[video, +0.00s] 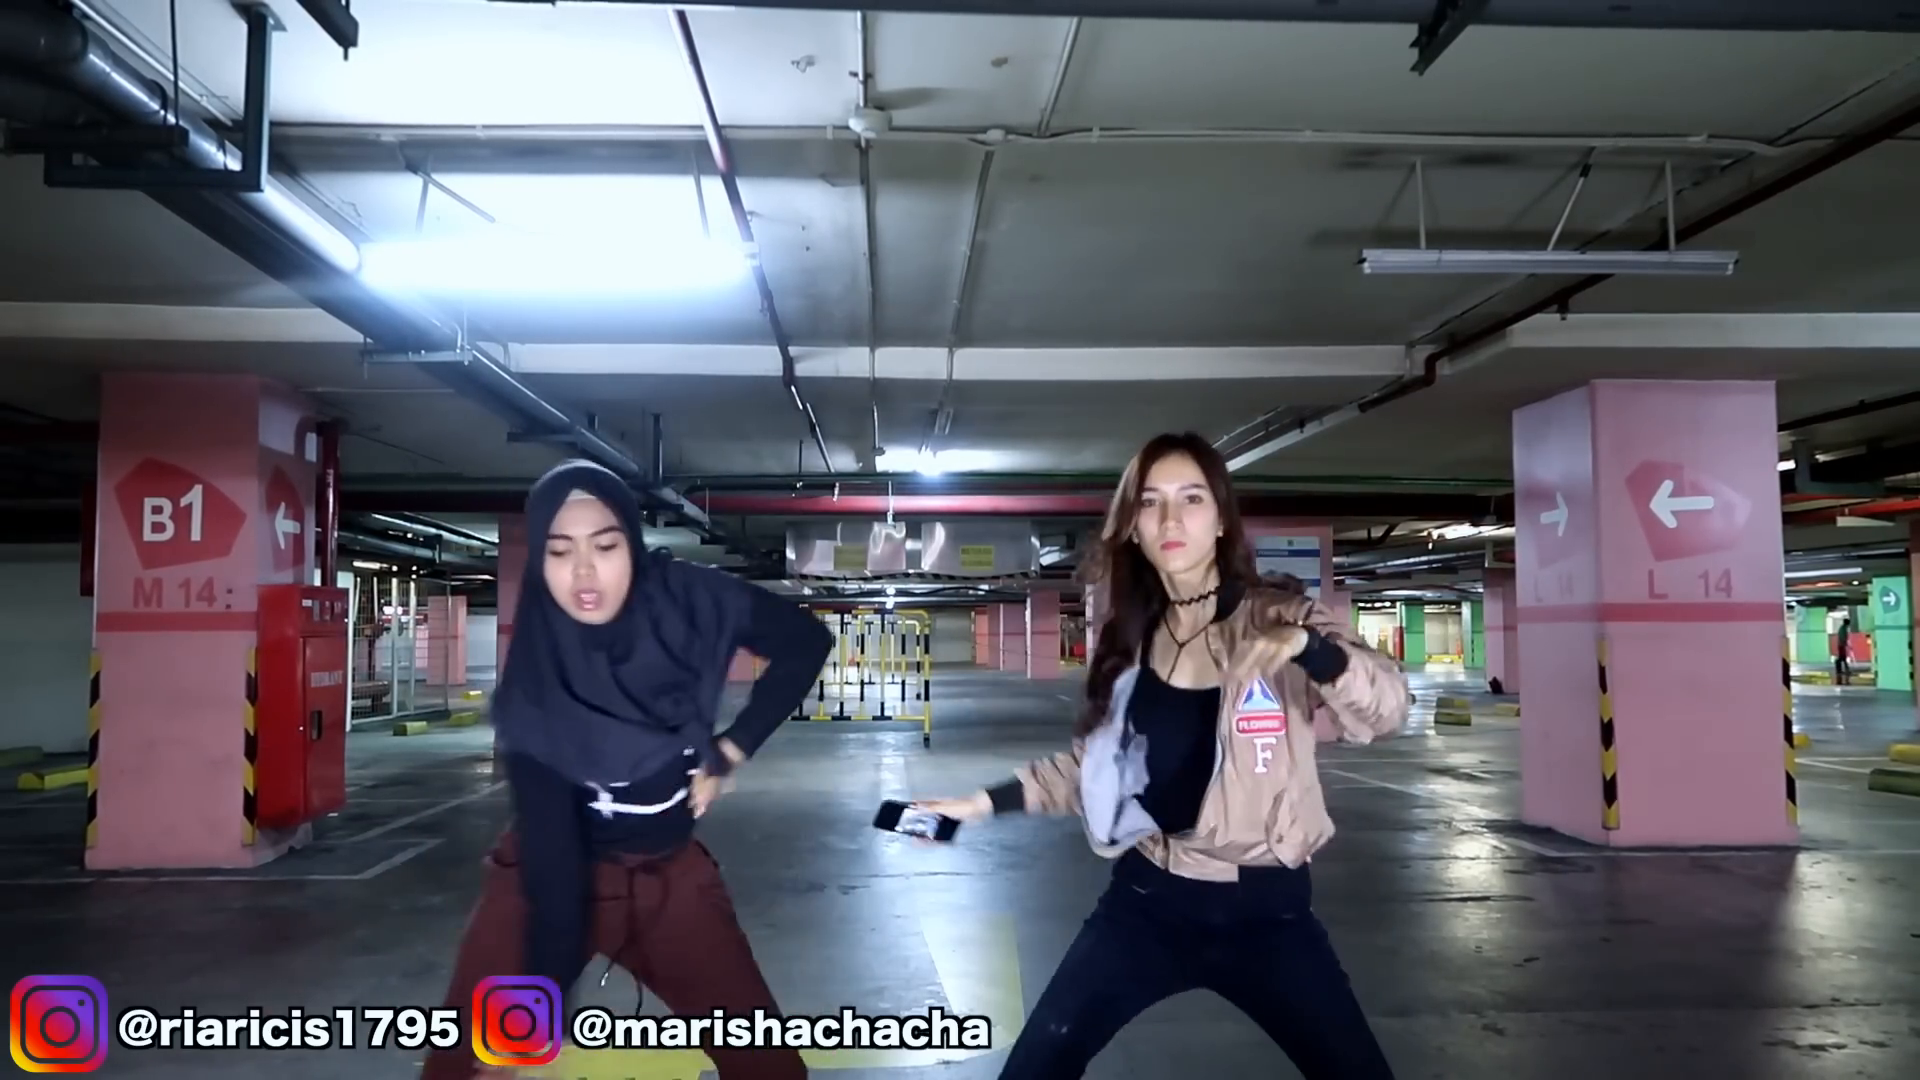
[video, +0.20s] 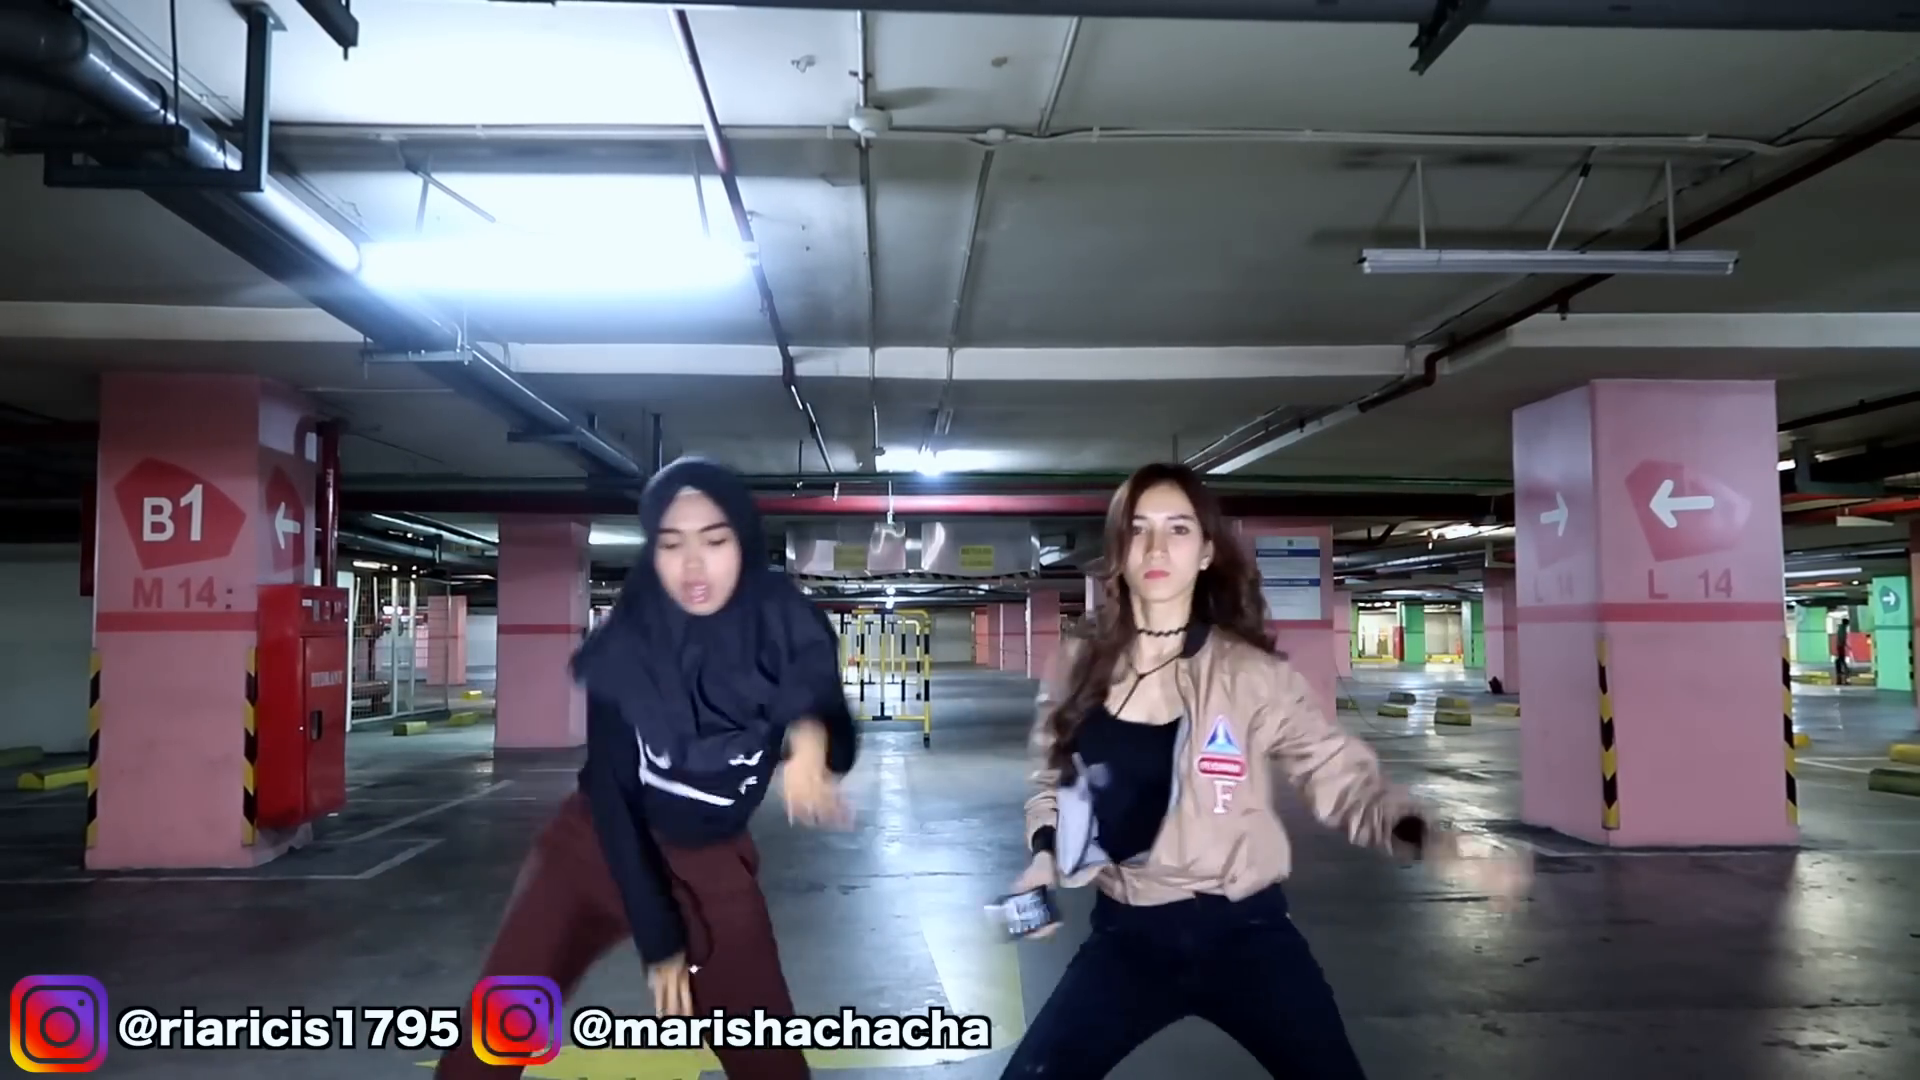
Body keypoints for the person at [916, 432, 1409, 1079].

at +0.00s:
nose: (1170, 519)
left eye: (1191, 499)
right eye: (1151, 501)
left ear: (1222, 516)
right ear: (1133, 523)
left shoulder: (1277, 622)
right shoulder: (1130, 638)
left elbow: (1386, 714)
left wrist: (1309, 647)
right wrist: (981, 803)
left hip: (1264, 907)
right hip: (1145, 902)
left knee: (1361, 1072)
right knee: (1037, 1061)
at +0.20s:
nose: (1156, 546)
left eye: (1178, 530)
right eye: (1138, 531)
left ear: (1208, 552)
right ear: (1119, 552)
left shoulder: (1254, 674)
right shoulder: (1082, 665)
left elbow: (1333, 767)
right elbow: (1050, 775)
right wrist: (1045, 855)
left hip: (1245, 933)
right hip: (1128, 937)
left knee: (1333, 1073)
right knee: (1030, 1071)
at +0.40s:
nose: (1126, 513)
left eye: (1146, 494)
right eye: (1107, 498)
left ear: (1177, 515)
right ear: (1087, 521)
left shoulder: (1217, 632)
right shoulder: (1049, 639)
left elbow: (1230, 758)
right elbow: (1006, 779)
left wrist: (1242, 848)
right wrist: (1080, 701)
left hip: (1223, 889)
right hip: (1106, 904)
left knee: (1355, 1064)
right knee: (1047, 1073)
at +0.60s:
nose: (1153, 490)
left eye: (1172, 468)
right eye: (1132, 474)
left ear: (1206, 484)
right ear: (1115, 499)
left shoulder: (1260, 587)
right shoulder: (1111, 621)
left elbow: (1272, 710)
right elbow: (1090, 754)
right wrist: (1114, 655)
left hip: (1272, 874)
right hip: (1155, 881)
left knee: (1357, 1065)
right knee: (1080, 1065)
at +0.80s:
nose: (1180, 520)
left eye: (1200, 499)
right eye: (1161, 503)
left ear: (1232, 516)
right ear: (1145, 524)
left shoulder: (1278, 637)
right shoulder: (1113, 630)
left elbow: (1288, 750)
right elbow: (1081, 740)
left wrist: (1277, 856)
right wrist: (1138, 641)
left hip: (1260, 906)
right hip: (1144, 913)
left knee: (1387, 1068)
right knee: (1091, 1074)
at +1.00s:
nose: (1220, 535)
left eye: (1239, 512)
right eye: (1203, 520)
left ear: (1281, 520)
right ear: (1188, 536)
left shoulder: (1355, 634)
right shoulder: (1171, 644)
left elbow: (1475, 710)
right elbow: (1134, 739)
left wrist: (1424, 814)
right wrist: (1132, 791)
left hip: (1334, 912)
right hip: (1211, 912)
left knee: (1394, 1073)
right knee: (1140, 1070)